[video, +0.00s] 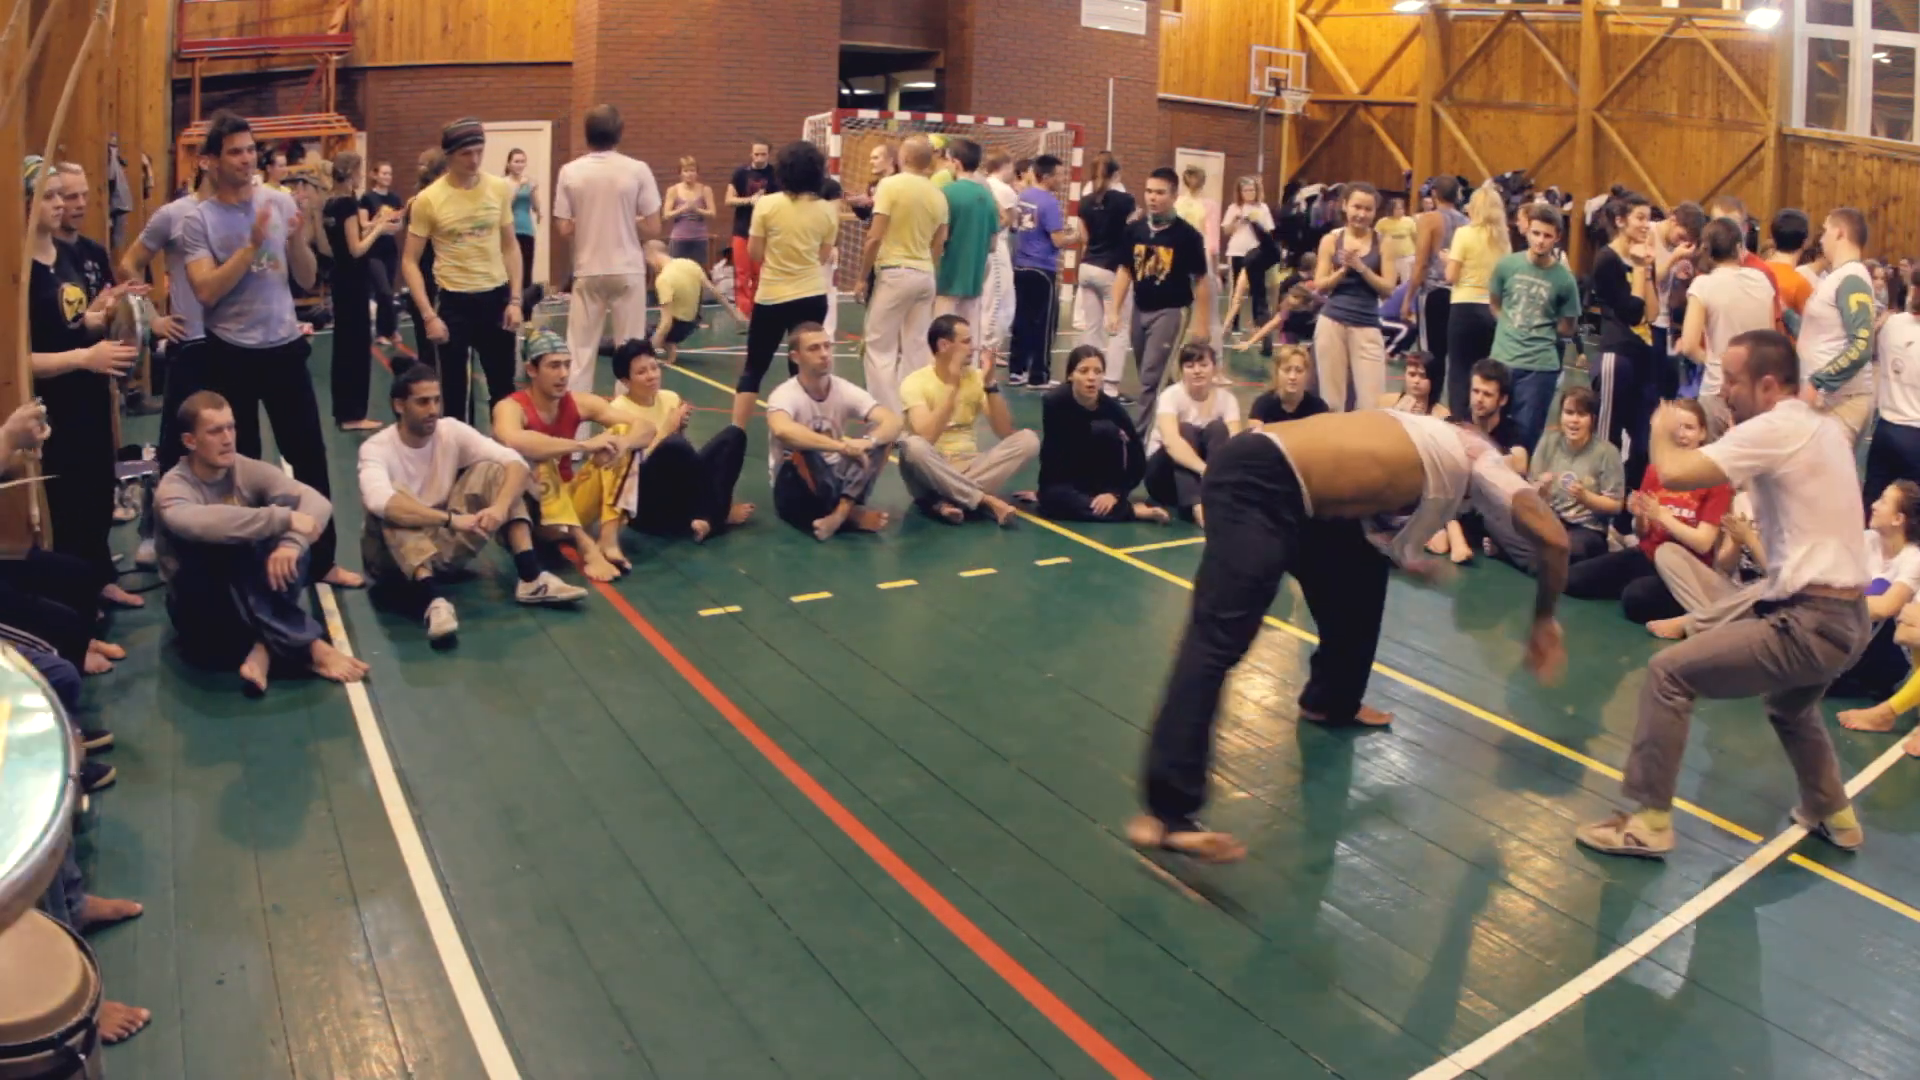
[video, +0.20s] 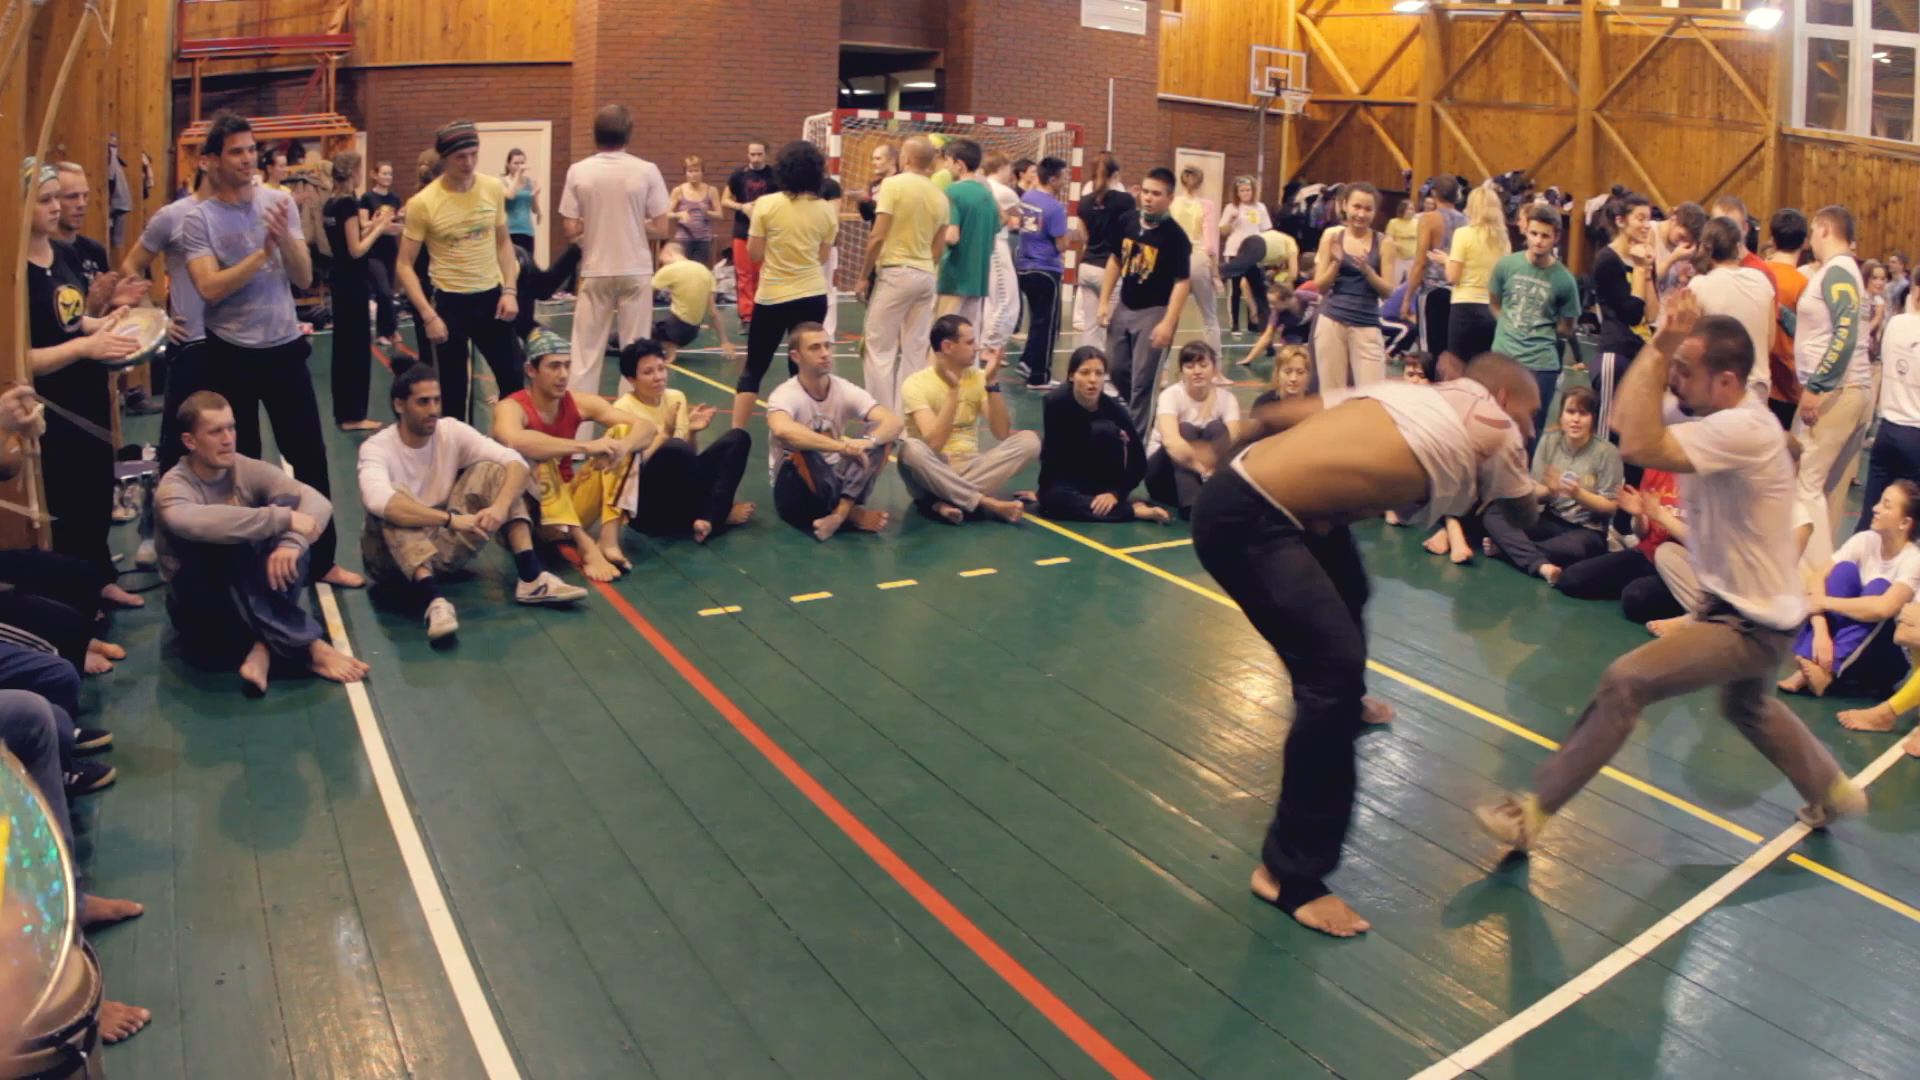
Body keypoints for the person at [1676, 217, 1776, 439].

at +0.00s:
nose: (1743, 250)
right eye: (1742, 245)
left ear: (1706, 250)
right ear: (1739, 250)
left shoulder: (1702, 284)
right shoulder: (1761, 279)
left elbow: (1688, 345)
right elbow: (1772, 331)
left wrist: (1711, 361)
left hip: (1718, 380)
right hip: (1759, 377)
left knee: (1713, 457)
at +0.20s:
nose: (1743, 247)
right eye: (1741, 242)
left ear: (1705, 249)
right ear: (1738, 247)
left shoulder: (1699, 285)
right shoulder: (1761, 280)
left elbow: (1687, 333)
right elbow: (1770, 340)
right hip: (1757, 379)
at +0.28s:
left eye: (1699, 244)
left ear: (1704, 249)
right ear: (1739, 247)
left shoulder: (1699, 285)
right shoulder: (1761, 282)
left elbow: (1685, 339)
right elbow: (1771, 342)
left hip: (1710, 387)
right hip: (1754, 388)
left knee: (1708, 463)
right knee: (1749, 469)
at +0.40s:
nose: (1695, 253)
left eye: (1697, 246)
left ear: (1704, 248)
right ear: (1738, 247)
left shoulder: (1700, 284)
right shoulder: (1761, 282)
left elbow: (1686, 345)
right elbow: (1772, 342)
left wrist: (1702, 353)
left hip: (1714, 389)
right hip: (1754, 388)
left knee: (1706, 478)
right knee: (1743, 483)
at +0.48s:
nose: (1697, 253)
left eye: (1698, 247)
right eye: (1698, 247)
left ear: (1704, 249)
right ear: (1737, 247)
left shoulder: (1701, 283)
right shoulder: (1760, 281)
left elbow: (1689, 346)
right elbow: (1772, 341)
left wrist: (1699, 351)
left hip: (1714, 390)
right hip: (1754, 388)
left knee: (1708, 481)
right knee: (1744, 483)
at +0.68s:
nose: (1697, 247)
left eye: (1699, 242)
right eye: (1699, 242)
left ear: (1705, 248)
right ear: (1736, 245)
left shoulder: (1705, 283)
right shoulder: (1758, 278)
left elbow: (1685, 342)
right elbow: (1766, 334)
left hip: (1717, 391)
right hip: (1756, 389)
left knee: (1707, 482)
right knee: (1743, 485)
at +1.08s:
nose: (1693, 249)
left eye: (1694, 244)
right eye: (1694, 243)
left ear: (1700, 249)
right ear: (1733, 246)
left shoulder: (1705, 283)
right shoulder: (1753, 277)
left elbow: (1695, 344)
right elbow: (1759, 332)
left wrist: (1686, 322)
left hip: (1721, 389)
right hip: (1757, 386)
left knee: (1710, 479)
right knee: (1743, 481)